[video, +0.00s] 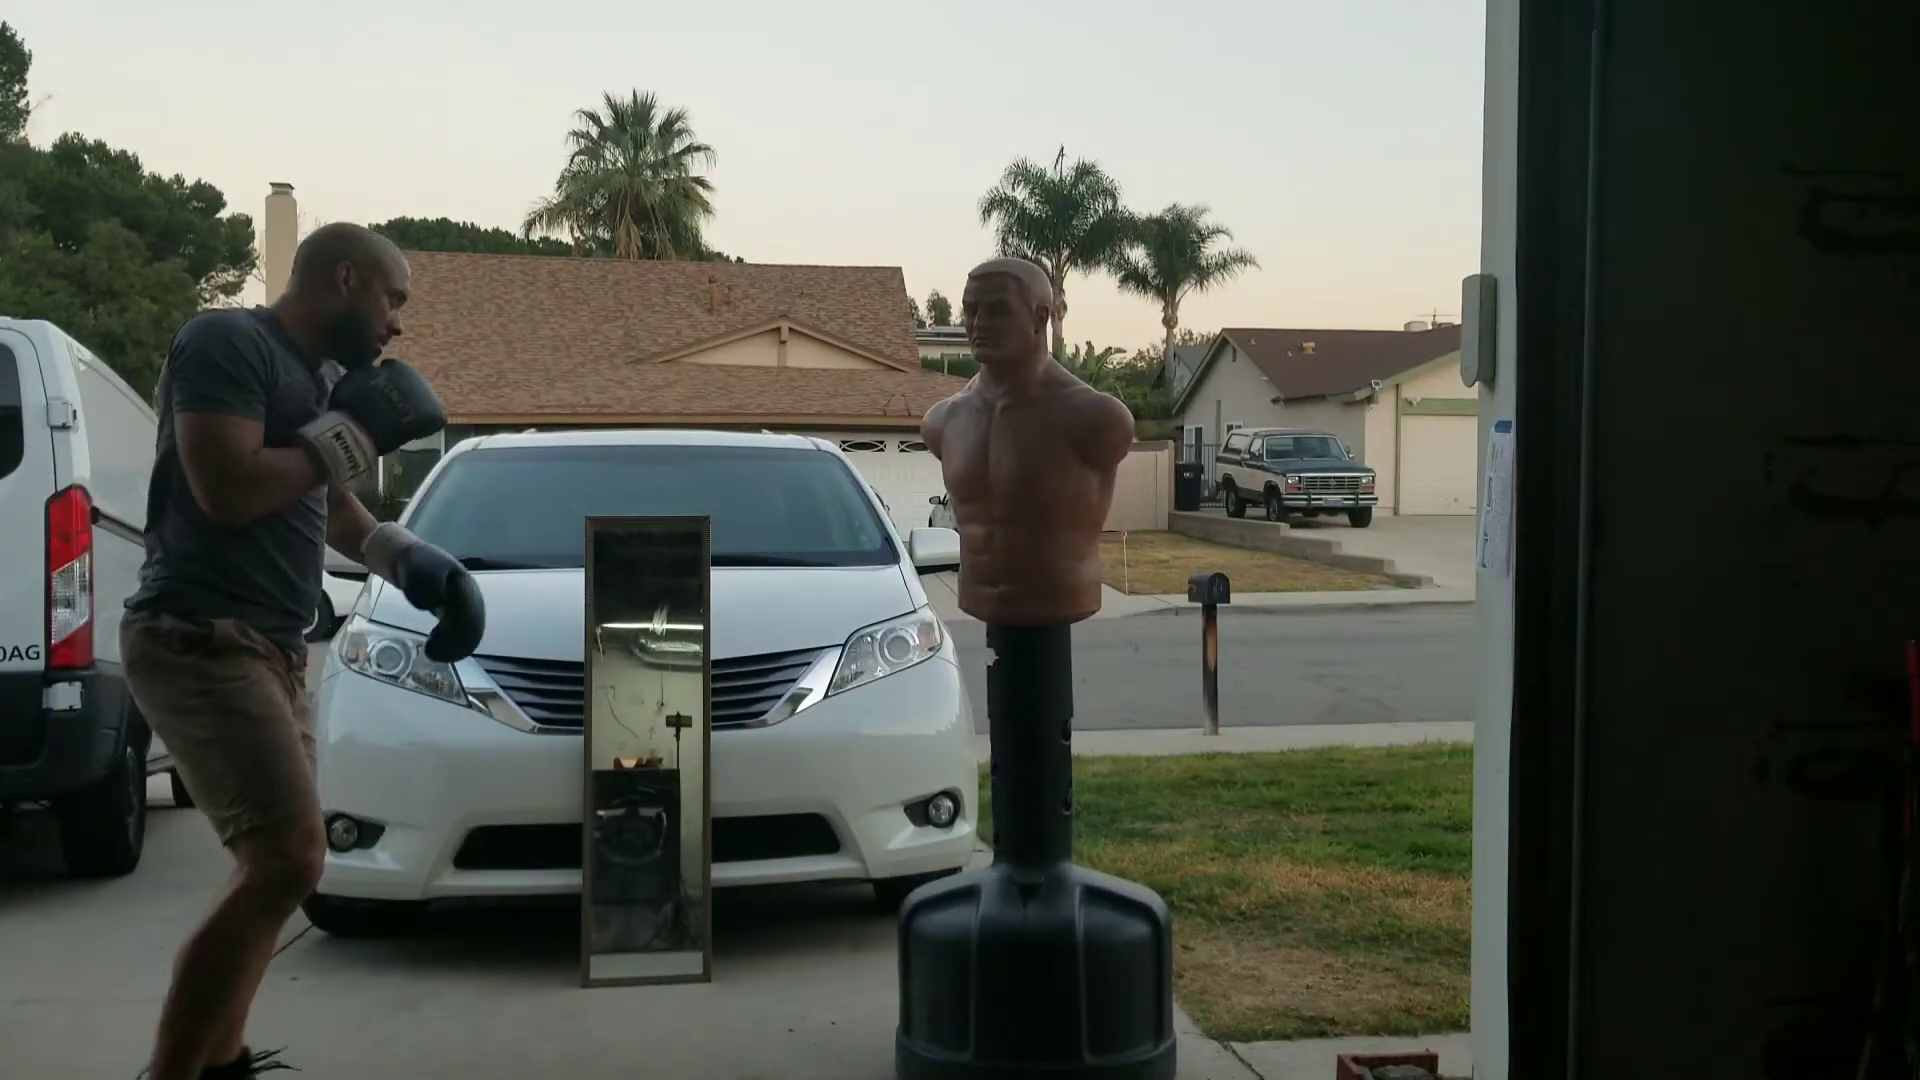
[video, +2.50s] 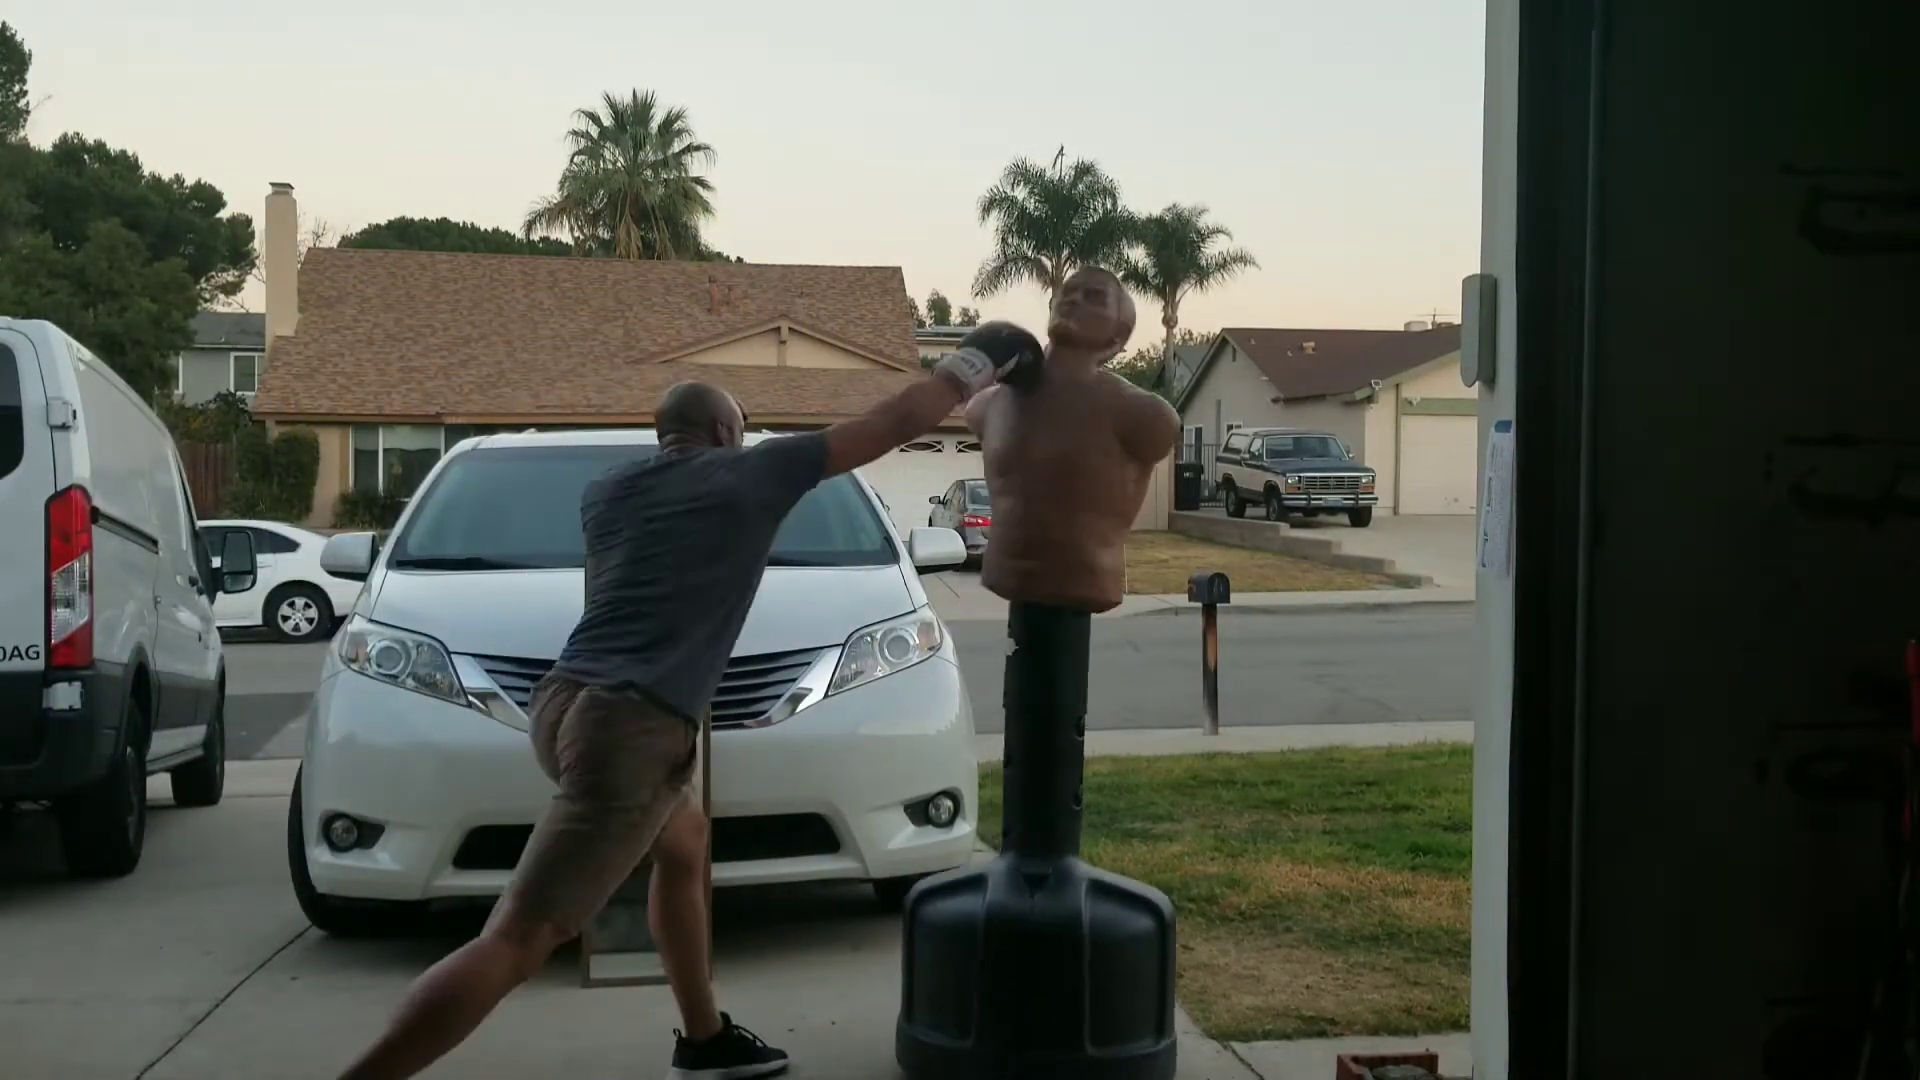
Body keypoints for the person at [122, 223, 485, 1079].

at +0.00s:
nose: (399, 321)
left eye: (403, 303)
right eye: (393, 298)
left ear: (342, 283)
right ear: (344, 279)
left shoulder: (321, 381)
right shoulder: (225, 341)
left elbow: (332, 506)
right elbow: (227, 490)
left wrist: (404, 553)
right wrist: (350, 432)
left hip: (271, 649)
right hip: (198, 641)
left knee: (284, 864)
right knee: (286, 859)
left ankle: (220, 1057)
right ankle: (172, 1070)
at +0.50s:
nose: (526, 259)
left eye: (529, 236)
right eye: (522, 233)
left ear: (429, 214)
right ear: (479, 219)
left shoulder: (341, 294)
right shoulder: (403, 294)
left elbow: (382, 449)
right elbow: (413, 465)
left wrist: (493, 389)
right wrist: (517, 414)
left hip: (303, 634)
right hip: (369, 645)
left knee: (316, 907)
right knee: (400, 947)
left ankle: (224, 1071)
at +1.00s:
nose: (710, 255)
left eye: (711, 240)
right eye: (708, 238)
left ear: (599, 225)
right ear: (686, 229)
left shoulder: (503, 311)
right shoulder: (665, 288)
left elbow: (463, 489)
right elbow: (727, 481)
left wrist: (587, 422)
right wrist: (768, 390)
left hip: (511, 665)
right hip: (612, 665)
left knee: (624, 917)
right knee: (692, 966)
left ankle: (576, 1070)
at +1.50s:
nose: (849, 405)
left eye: (850, 391)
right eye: (847, 388)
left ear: (752, 379)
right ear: (831, 389)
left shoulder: (682, 437)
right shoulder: (771, 454)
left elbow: (724, 583)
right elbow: (868, 598)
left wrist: (851, 571)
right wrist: (898, 472)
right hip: (614, 753)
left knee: (747, 901)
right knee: (677, 1049)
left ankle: (767, 1072)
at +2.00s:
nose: (729, 360)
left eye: (730, 342)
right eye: (725, 340)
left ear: (632, 332)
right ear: (694, 337)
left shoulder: (566, 404)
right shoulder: (637, 413)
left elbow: (603, 537)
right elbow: (756, 540)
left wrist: (728, 458)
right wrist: (811, 428)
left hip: (619, 724)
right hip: (539, 730)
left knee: (725, 855)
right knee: (555, 1007)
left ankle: (674, 1066)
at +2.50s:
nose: (747, 439)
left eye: (739, 428)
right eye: (742, 428)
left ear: (660, 435)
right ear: (728, 430)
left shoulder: (607, 490)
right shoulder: (754, 474)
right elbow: (891, 422)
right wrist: (974, 366)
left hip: (563, 708)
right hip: (639, 727)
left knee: (684, 839)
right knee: (514, 943)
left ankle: (704, 1032)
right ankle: (362, 1072)